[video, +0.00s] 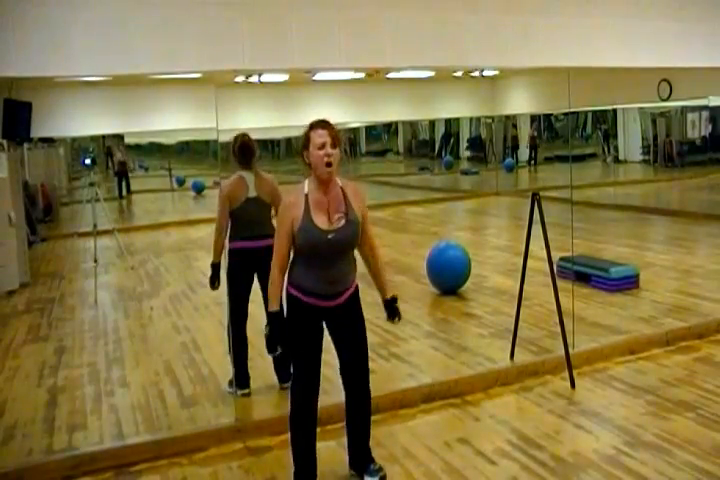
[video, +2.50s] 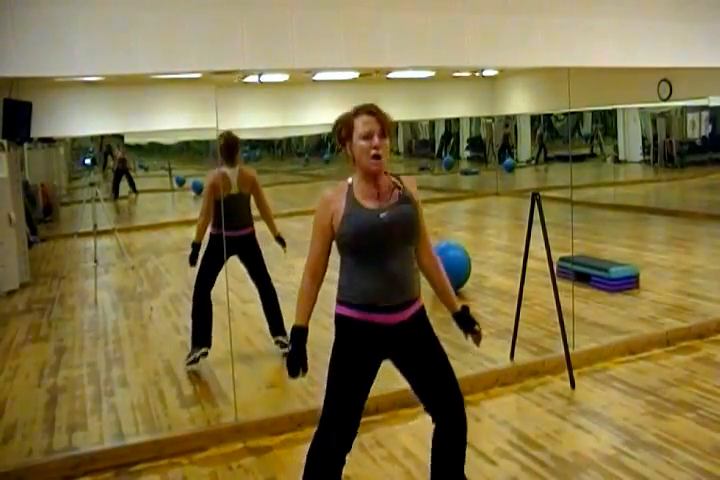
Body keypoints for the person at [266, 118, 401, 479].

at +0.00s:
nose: (328, 153)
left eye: (332, 146)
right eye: (320, 147)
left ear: (339, 151)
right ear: (306, 155)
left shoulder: (353, 193)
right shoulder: (293, 202)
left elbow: (368, 247)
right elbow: (279, 264)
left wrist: (387, 296)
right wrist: (274, 315)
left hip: (346, 301)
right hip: (304, 306)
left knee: (359, 383)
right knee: (305, 392)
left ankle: (361, 460)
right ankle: (305, 473)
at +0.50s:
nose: (337, 139)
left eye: (341, 132)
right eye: (329, 133)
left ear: (348, 138)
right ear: (313, 141)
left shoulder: (358, 177)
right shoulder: (299, 186)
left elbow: (373, 222)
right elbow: (277, 232)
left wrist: (411, 234)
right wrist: (251, 258)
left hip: (358, 293)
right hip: (315, 296)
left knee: (388, 370)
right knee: (299, 386)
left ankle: (386, 446)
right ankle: (289, 473)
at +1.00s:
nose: (347, 163)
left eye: (351, 156)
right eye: (338, 158)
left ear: (357, 163)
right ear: (321, 169)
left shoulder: (368, 209)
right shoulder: (308, 217)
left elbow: (384, 260)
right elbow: (289, 274)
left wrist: (423, 267)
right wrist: (273, 294)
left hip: (368, 325)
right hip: (322, 329)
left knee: (405, 398)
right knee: (302, 417)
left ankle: (411, 473)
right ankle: (287, 478)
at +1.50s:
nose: (354, 145)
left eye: (359, 138)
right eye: (345, 139)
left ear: (365, 143)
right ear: (328, 146)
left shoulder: (377, 187)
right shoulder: (313, 195)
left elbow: (384, 242)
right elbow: (294, 257)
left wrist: (391, 285)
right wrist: (292, 305)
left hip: (381, 310)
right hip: (334, 314)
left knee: (421, 390)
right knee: (311, 409)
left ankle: (421, 463)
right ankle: (295, 479)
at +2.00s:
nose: (364, 164)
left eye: (368, 157)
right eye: (354, 158)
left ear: (374, 164)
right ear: (335, 171)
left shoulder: (390, 212)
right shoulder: (322, 226)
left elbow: (407, 272)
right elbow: (301, 291)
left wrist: (434, 326)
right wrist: (285, 349)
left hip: (391, 343)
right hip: (339, 349)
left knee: (433, 421)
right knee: (312, 445)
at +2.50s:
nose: (377, 144)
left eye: (381, 136)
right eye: (366, 137)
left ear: (389, 142)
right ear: (347, 146)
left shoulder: (405, 191)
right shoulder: (334, 200)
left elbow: (426, 256)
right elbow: (314, 271)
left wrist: (458, 309)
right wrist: (299, 333)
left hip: (411, 326)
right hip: (358, 331)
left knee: (452, 416)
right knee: (335, 435)